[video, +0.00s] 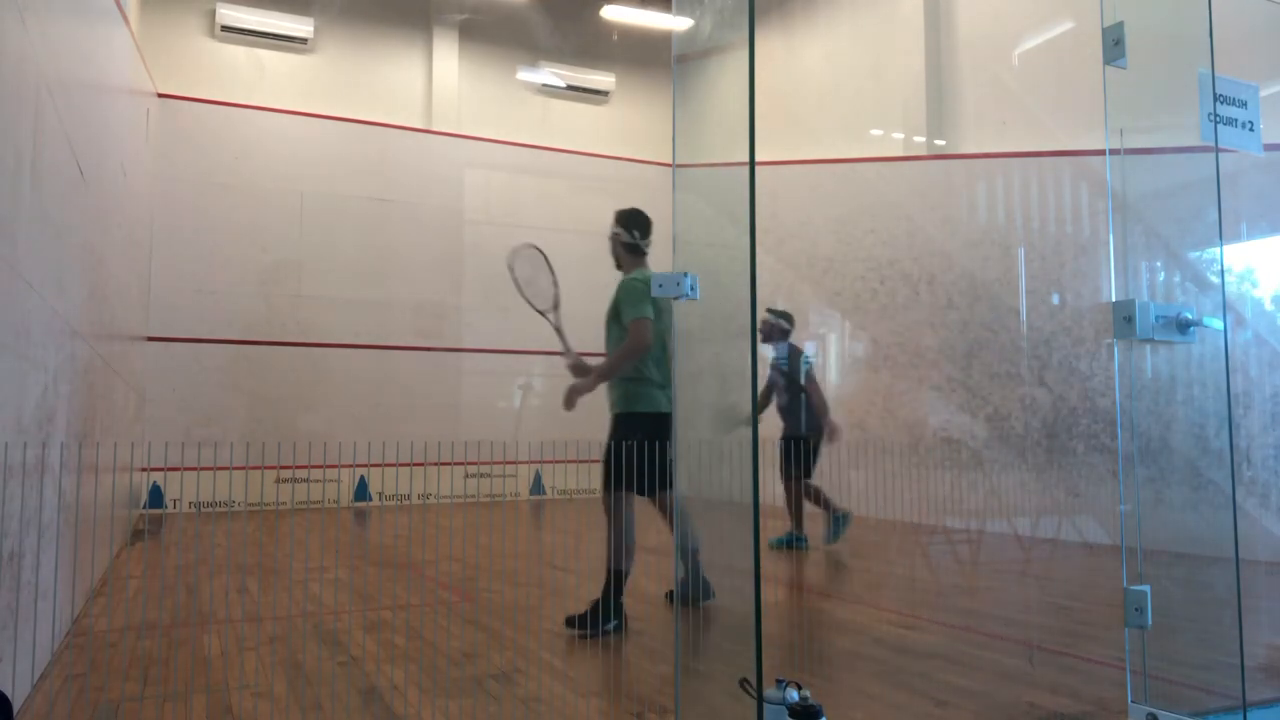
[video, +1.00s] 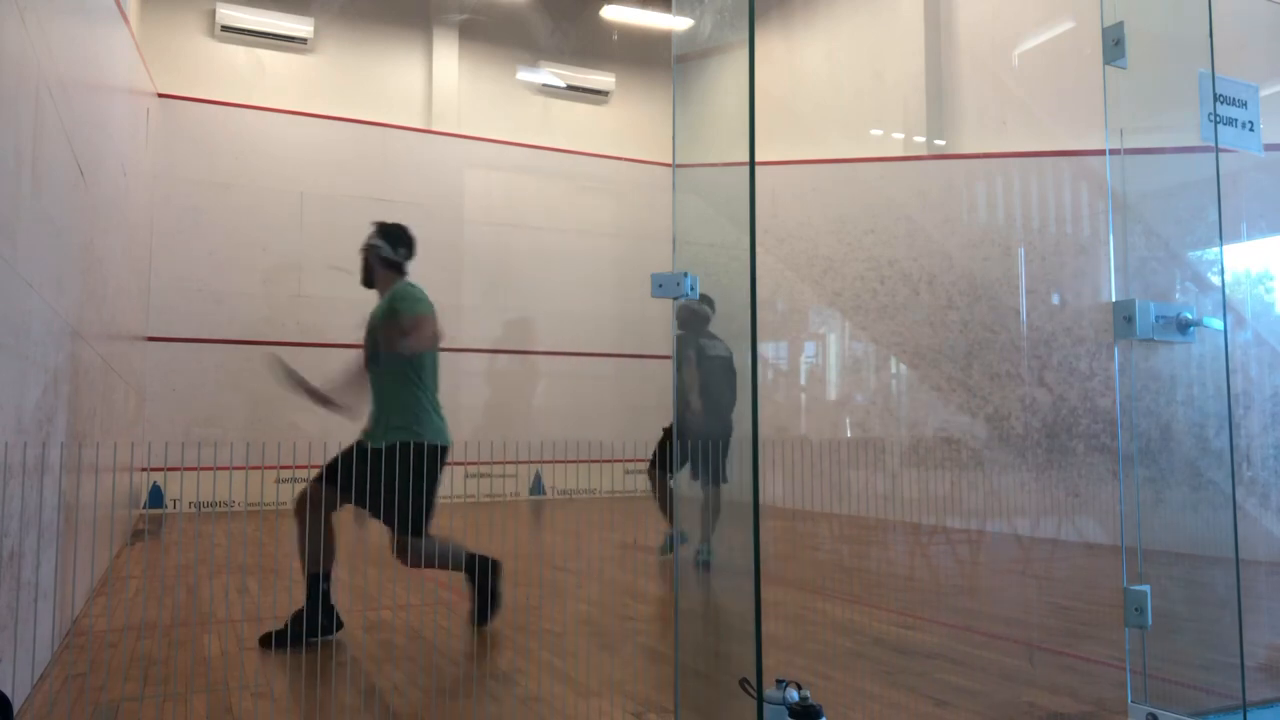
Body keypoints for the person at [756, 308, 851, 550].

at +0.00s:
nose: (760, 330)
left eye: (765, 327)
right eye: (761, 326)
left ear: (779, 330)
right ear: (775, 330)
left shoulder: (793, 355)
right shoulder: (779, 358)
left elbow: (813, 388)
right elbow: (768, 391)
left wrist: (826, 420)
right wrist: (753, 414)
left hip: (808, 427)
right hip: (792, 427)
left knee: (798, 480)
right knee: (790, 480)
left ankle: (837, 512)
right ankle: (797, 532)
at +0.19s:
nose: (740, 324)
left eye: (745, 321)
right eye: (742, 320)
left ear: (755, 327)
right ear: (762, 328)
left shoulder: (762, 351)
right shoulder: (772, 350)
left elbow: (791, 379)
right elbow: (792, 380)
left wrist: (816, 401)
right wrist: (816, 401)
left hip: (777, 427)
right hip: (781, 426)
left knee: (757, 476)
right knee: (784, 479)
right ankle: (797, 532)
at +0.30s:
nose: (731, 328)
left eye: (736, 324)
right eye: (733, 323)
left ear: (748, 330)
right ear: (750, 329)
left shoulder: (757, 352)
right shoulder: (755, 352)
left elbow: (784, 369)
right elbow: (784, 369)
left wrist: (801, 389)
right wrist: (802, 389)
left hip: (766, 431)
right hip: (768, 430)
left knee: (739, 478)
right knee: (776, 481)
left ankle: (725, 535)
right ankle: (796, 531)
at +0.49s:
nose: (706, 325)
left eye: (711, 321)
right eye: (707, 321)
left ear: (725, 326)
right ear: (730, 328)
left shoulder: (717, 355)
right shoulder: (748, 353)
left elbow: (710, 390)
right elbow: (767, 386)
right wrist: (773, 414)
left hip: (730, 431)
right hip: (754, 430)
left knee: (702, 478)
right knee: (764, 481)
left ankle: (707, 540)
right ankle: (790, 528)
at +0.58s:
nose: (697, 318)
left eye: (702, 314)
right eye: (699, 313)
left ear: (713, 320)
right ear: (722, 322)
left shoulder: (706, 347)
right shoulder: (740, 347)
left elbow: (694, 385)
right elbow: (753, 389)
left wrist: (669, 407)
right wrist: (744, 415)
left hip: (717, 425)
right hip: (744, 425)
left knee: (696, 477)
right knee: (750, 479)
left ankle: (705, 539)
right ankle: (775, 532)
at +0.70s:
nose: (691, 313)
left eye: (697, 310)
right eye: (692, 309)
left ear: (711, 315)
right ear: (717, 316)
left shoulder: (698, 344)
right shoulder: (734, 344)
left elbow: (690, 385)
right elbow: (739, 389)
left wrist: (670, 413)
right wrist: (728, 412)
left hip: (706, 425)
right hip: (734, 424)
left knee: (695, 478)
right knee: (737, 481)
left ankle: (705, 539)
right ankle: (745, 536)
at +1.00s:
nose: (678, 319)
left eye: (681, 314)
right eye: (680, 313)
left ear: (687, 317)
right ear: (707, 318)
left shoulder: (685, 341)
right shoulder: (722, 346)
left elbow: (689, 369)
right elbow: (731, 387)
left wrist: (693, 401)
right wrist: (724, 414)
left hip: (689, 423)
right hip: (718, 426)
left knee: (657, 473)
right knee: (712, 485)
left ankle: (675, 529)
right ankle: (705, 546)